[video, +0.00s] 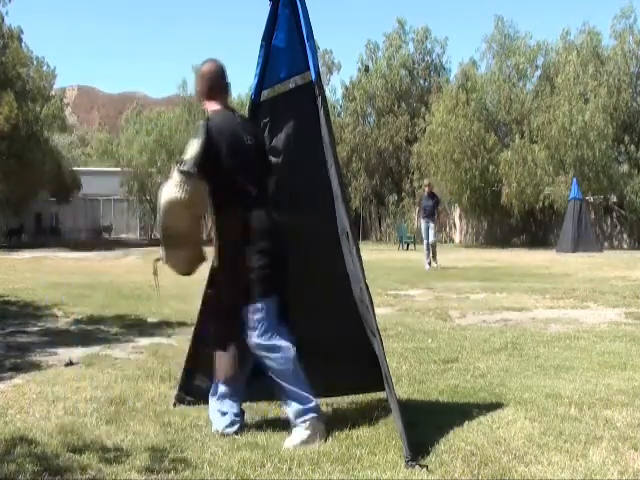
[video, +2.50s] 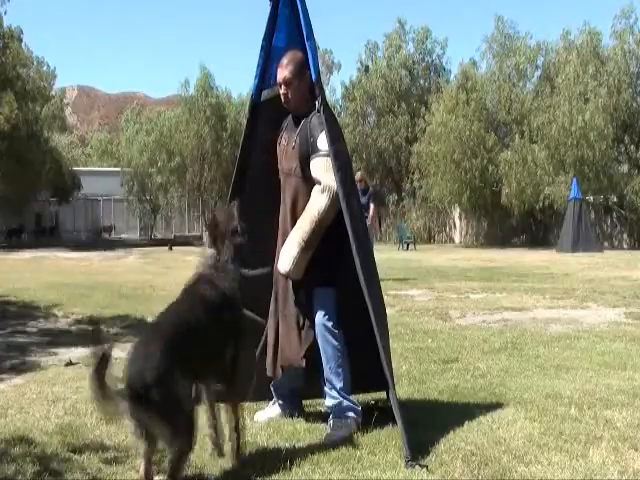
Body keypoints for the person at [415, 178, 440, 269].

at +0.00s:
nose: (427, 188)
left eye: (428, 186)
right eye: (425, 186)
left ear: (431, 187)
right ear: (424, 187)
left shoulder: (435, 198)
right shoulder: (422, 198)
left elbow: (437, 210)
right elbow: (419, 209)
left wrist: (438, 221)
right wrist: (417, 219)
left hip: (432, 220)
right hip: (424, 219)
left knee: (432, 241)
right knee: (426, 241)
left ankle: (434, 259)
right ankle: (428, 262)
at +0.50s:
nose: (420, 188)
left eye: (421, 185)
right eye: (418, 186)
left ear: (423, 186)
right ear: (416, 187)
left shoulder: (427, 197)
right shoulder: (413, 197)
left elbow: (430, 211)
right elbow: (410, 210)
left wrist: (432, 223)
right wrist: (410, 221)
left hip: (425, 221)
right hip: (416, 221)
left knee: (425, 244)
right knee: (415, 243)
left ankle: (426, 264)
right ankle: (417, 263)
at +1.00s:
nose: (404, 185)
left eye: (406, 183)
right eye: (403, 183)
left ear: (409, 183)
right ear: (401, 184)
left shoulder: (414, 194)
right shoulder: (400, 195)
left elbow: (418, 208)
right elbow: (396, 207)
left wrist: (420, 220)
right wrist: (395, 218)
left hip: (412, 218)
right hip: (403, 218)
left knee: (410, 241)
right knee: (405, 241)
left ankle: (412, 262)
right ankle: (409, 262)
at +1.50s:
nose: (393, 184)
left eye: (395, 181)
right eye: (391, 182)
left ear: (398, 182)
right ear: (389, 183)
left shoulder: (402, 194)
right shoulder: (388, 194)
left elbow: (405, 207)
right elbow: (386, 208)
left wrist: (404, 219)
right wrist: (385, 220)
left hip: (400, 221)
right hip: (391, 221)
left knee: (401, 245)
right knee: (389, 243)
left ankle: (403, 267)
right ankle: (390, 266)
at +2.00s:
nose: (374, 184)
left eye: (376, 181)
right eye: (372, 182)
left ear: (380, 182)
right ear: (370, 183)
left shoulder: (385, 194)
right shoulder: (370, 194)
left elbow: (390, 207)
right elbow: (367, 207)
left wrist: (392, 220)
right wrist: (366, 219)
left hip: (383, 218)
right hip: (373, 218)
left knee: (380, 243)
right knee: (375, 243)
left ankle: (381, 267)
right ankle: (379, 266)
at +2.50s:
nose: (359, 184)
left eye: (360, 181)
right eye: (357, 182)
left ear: (365, 181)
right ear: (355, 182)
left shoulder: (370, 192)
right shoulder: (355, 193)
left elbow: (372, 206)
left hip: (367, 218)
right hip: (357, 219)